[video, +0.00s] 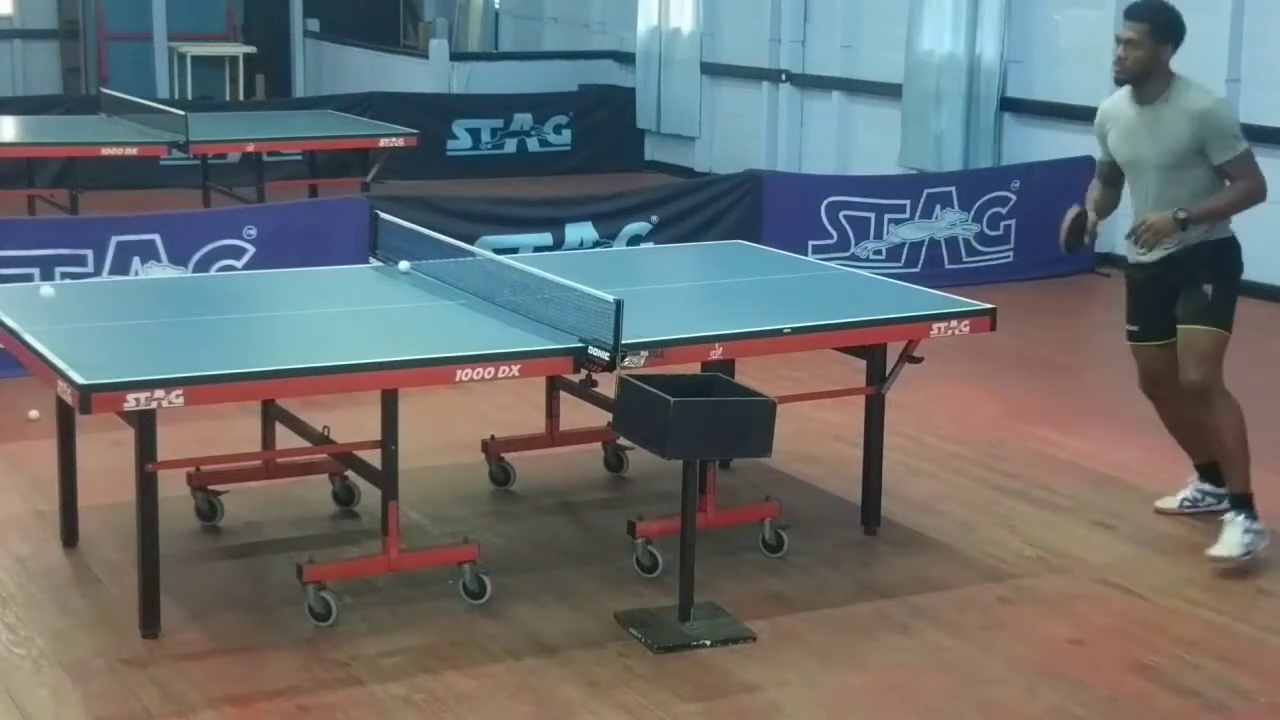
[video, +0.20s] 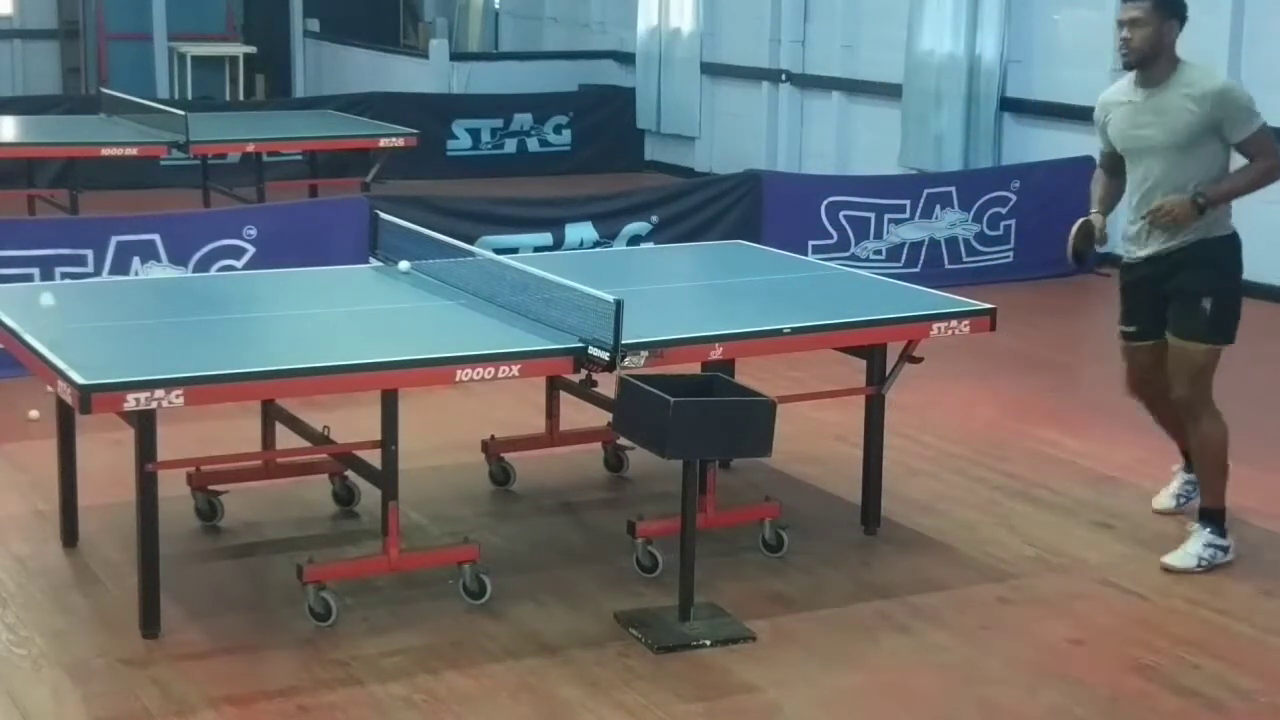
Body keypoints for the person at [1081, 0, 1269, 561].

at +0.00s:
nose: (1119, 53)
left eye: (1132, 45)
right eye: (1118, 42)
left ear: (1165, 52)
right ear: (1119, 46)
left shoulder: (1203, 109)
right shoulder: (1111, 113)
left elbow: (1252, 187)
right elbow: (1108, 182)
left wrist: (1180, 217)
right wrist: (1090, 211)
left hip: (1206, 259)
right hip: (1146, 266)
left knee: (1198, 379)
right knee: (1157, 382)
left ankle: (1245, 516)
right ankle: (1213, 484)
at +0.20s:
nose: (1124, 36)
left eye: (1135, 25)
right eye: (1120, 26)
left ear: (1172, 29)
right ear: (1116, 33)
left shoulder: (1214, 93)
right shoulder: (1111, 102)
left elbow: (1269, 160)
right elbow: (1109, 169)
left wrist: (1200, 199)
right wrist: (1097, 214)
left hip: (1203, 256)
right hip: (1140, 262)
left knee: (1190, 395)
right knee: (1145, 383)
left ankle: (1215, 533)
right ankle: (1197, 463)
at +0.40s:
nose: (1105, 29)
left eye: (1117, 18)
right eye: (1103, 19)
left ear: (1155, 23)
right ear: (1110, 27)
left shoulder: (1196, 92)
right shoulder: (1108, 96)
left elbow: (1250, 177)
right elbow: (1121, 175)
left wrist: (1167, 219)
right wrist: (1092, 215)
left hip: (1186, 264)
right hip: (1122, 263)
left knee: (1187, 398)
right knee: (1088, 384)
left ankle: (1211, 529)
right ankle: (1155, 489)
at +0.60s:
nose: (1062, 33)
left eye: (1072, 22)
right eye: (1064, 22)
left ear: (1109, 29)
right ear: (1098, 30)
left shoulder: (1145, 96)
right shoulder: (1085, 98)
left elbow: (1169, 190)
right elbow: (1101, 186)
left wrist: (1078, 212)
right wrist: (1055, 218)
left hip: (1152, 271)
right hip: (1092, 271)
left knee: (1174, 400)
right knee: (1060, 397)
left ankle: (1206, 524)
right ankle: (1045, 540)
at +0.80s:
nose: (1024, 33)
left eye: (1034, 21)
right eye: (1026, 22)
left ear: (1069, 28)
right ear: (1053, 30)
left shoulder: (1105, 96)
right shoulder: (1052, 99)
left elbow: (1120, 197)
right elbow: (1063, 194)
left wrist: (1027, 218)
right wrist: (1014, 223)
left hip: (1099, 276)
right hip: (1044, 273)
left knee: (1099, 417)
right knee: (1023, 404)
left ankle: (1170, 499)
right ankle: (1038, 548)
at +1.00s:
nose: (964, 35)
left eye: (973, 22)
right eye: (965, 22)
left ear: (1008, 26)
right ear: (1003, 28)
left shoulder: (1041, 97)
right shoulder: (1007, 97)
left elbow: (1069, 196)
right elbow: (1019, 188)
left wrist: (976, 225)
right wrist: (956, 202)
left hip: (1037, 267)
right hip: (1020, 264)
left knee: (982, 409)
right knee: (1020, 411)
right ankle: (1038, 546)